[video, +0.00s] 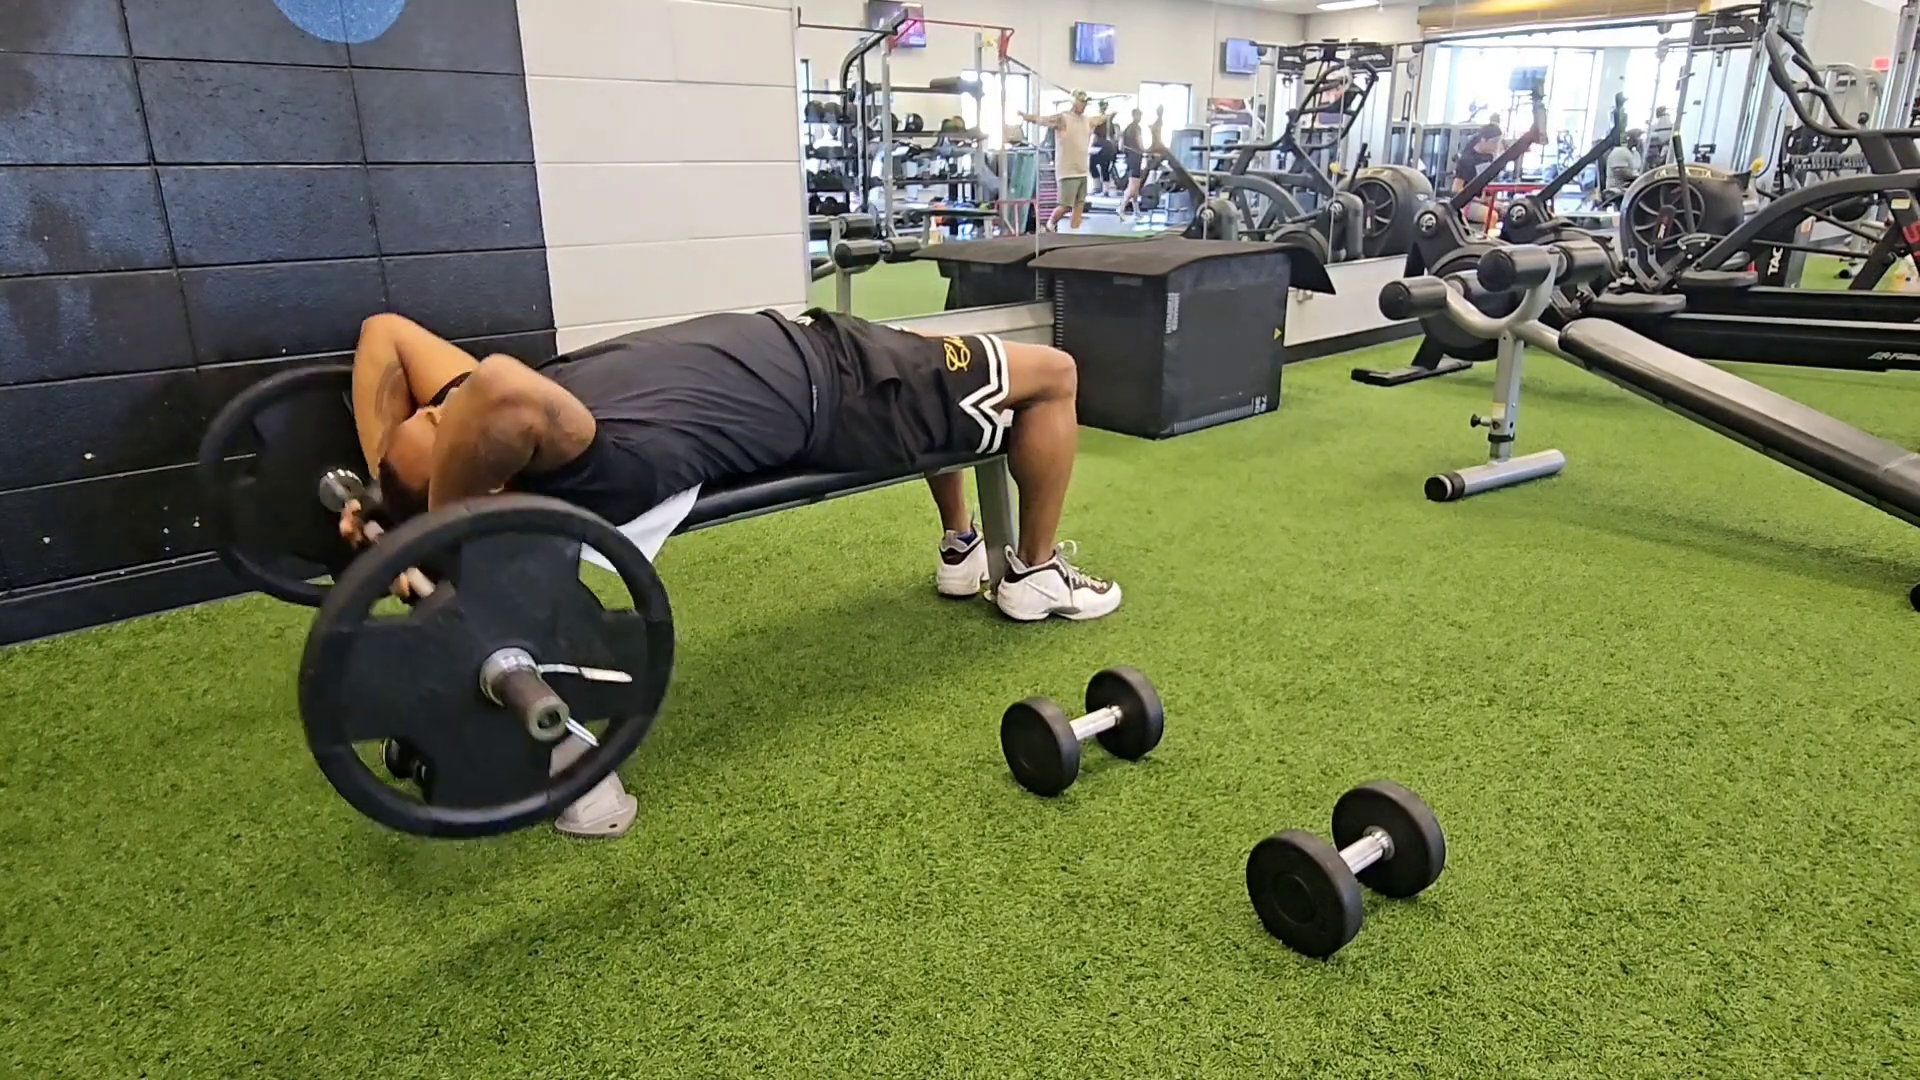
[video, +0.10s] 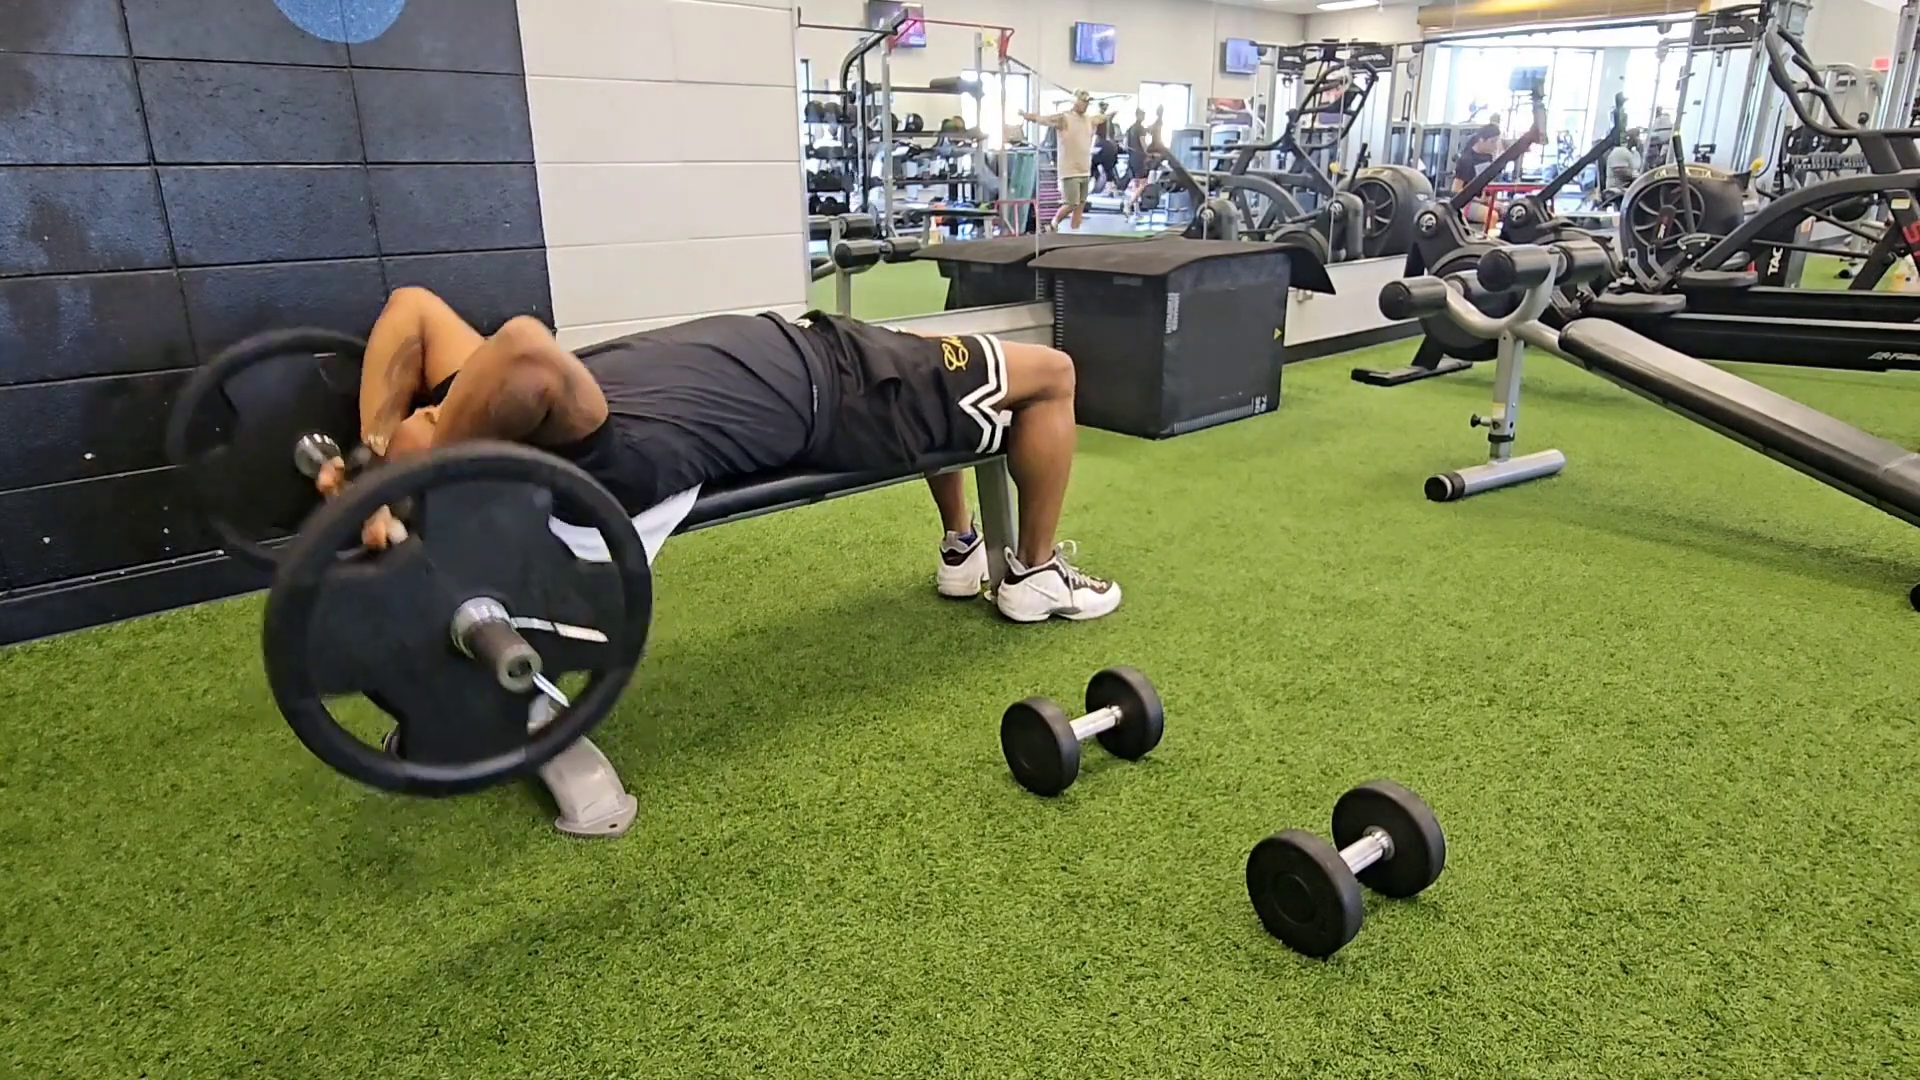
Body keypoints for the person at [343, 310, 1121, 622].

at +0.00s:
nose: (437, 400)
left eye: (420, 414)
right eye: (443, 415)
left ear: (405, 477)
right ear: (487, 479)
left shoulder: (458, 431)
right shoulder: (589, 465)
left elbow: (382, 330)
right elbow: (506, 392)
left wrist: (381, 477)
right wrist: (427, 532)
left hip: (775, 340)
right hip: (831, 381)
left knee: (926, 341)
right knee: (1053, 375)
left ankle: (965, 542)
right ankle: (1035, 571)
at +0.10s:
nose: (404, 425)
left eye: (384, 432)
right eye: (395, 444)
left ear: (377, 444)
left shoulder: (452, 415)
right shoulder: (586, 447)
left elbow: (412, 303)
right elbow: (525, 342)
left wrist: (376, 442)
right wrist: (423, 462)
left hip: (771, 341)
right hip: (828, 386)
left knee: (923, 351)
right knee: (1052, 374)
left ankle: (966, 543)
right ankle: (1036, 572)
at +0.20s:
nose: (373, 408)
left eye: (366, 405)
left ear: (369, 418)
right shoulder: (598, 461)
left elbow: (467, 283)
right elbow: (582, 317)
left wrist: (377, 395)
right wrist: (435, 400)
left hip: (769, 340)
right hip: (826, 388)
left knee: (930, 352)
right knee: (1046, 372)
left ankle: (965, 542)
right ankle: (1036, 572)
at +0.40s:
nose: (444, 436)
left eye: (430, 442)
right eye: (442, 446)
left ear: (488, 480)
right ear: (497, 486)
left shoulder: (515, 418)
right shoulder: (596, 459)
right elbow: (709, 382)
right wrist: (706, 335)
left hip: (773, 345)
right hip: (819, 390)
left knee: (929, 341)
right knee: (1048, 374)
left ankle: (965, 541)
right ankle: (1040, 573)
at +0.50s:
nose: (471, 385)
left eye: (451, 398)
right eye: (464, 412)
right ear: (502, 478)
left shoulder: (545, 398)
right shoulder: (589, 462)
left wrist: (553, 316)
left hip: (789, 361)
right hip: (835, 412)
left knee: (938, 341)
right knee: (1058, 375)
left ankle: (965, 543)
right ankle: (1043, 574)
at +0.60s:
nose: (473, 381)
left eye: (452, 392)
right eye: (464, 409)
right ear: (508, 476)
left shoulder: (544, 393)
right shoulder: (609, 468)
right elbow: (724, 495)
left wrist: (610, 317)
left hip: (781, 373)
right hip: (849, 422)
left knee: (938, 340)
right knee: (1061, 375)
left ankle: (964, 544)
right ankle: (1041, 577)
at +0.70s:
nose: (473, 375)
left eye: (451, 387)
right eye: (464, 403)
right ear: (510, 472)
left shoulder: (555, 399)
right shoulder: (628, 463)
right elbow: (763, 458)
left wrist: (629, 330)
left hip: (786, 373)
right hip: (839, 430)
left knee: (930, 345)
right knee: (1065, 379)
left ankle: (965, 546)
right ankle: (1039, 578)